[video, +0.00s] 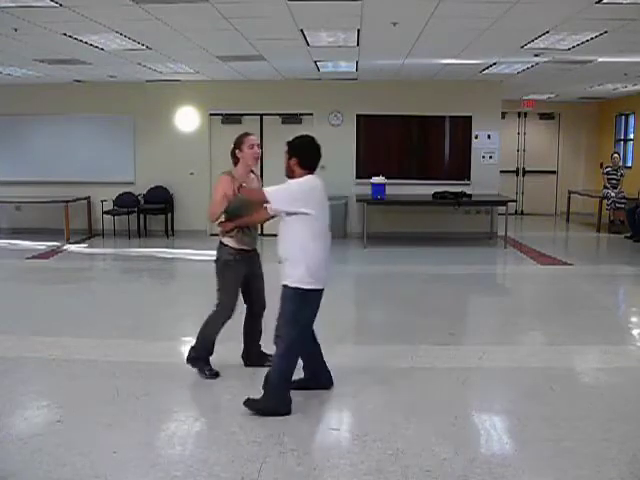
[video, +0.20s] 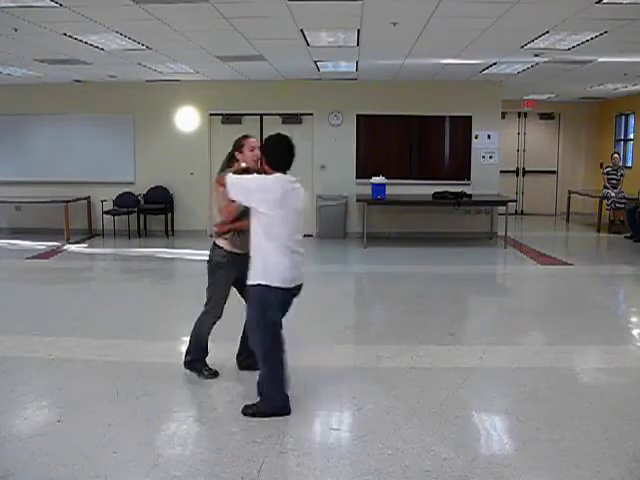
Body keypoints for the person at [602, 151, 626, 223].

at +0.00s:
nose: (615, 160)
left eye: (616, 158)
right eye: (613, 158)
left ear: (619, 160)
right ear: (611, 160)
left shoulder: (621, 170)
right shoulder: (606, 169)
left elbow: (621, 183)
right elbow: (605, 182)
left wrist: (617, 191)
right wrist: (611, 190)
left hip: (617, 188)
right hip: (608, 188)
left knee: (622, 196)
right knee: (611, 195)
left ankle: (621, 216)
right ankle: (611, 215)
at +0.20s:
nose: (615, 160)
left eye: (617, 158)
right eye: (613, 158)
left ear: (619, 160)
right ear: (611, 160)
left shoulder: (621, 170)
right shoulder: (606, 169)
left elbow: (621, 183)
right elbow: (605, 182)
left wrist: (617, 191)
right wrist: (611, 190)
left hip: (617, 188)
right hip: (608, 188)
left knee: (622, 196)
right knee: (611, 196)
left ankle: (621, 217)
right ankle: (611, 217)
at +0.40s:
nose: (615, 160)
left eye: (617, 158)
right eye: (613, 158)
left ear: (619, 160)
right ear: (611, 160)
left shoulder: (621, 170)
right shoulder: (606, 169)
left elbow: (621, 183)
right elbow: (605, 182)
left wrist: (617, 190)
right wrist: (611, 190)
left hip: (617, 188)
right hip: (608, 188)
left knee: (622, 196)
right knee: (611, 196)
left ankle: (621, 217)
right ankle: (611, 216)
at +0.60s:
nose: (615, 160)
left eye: (617, 158)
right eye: (613, 158)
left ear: (619, 160)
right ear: (611, 160)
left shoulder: (621, 170)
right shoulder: (606, 169)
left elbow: (621, 183)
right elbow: (605, 182)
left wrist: (617, 191)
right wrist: (611, 190)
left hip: (617, 188)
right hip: (608, 188)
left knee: (622, 196)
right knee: (611, 196)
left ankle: (621, 217)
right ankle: (611, 217)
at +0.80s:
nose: (615, 160)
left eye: (617, 158)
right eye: (613, 158)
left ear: (619, 160)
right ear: (611, 160)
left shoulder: (621, 170)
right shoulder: (606, 169)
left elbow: (621, 183)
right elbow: (605, 182)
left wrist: (617, 190)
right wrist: (611, 189)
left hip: (617, 188)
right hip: (608, 187)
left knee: (622, 196)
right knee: (611, 196)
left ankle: (621, 216)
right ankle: (611, 216)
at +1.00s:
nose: (615, 160)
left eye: (617, 158)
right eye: (613, 158)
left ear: (619, 160)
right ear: (611, 160)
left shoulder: (621, 170)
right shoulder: (606, 169)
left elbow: (621, 183)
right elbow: (605, 182)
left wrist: (617, 190)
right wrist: (611, 189)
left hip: (617, 188)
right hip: (608, 187)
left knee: (622, 196)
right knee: (611, 196)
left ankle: (621, 216)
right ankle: (611, 216)